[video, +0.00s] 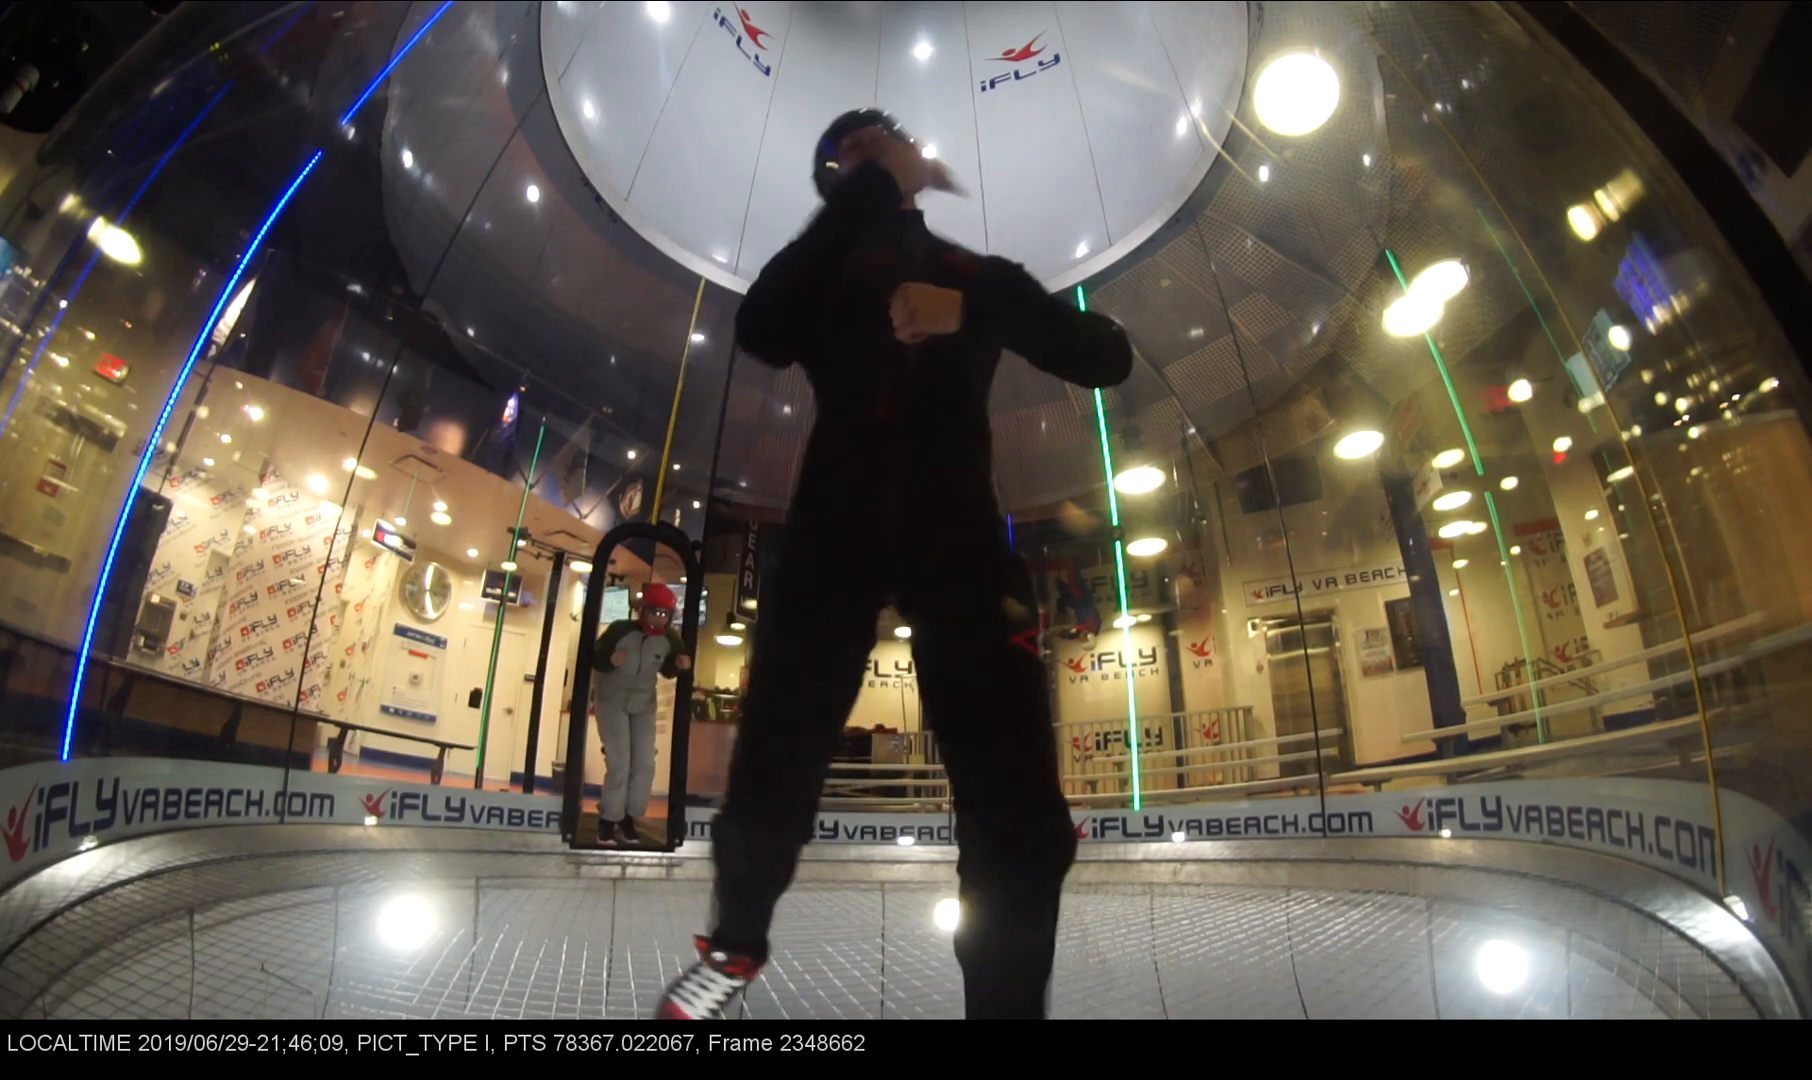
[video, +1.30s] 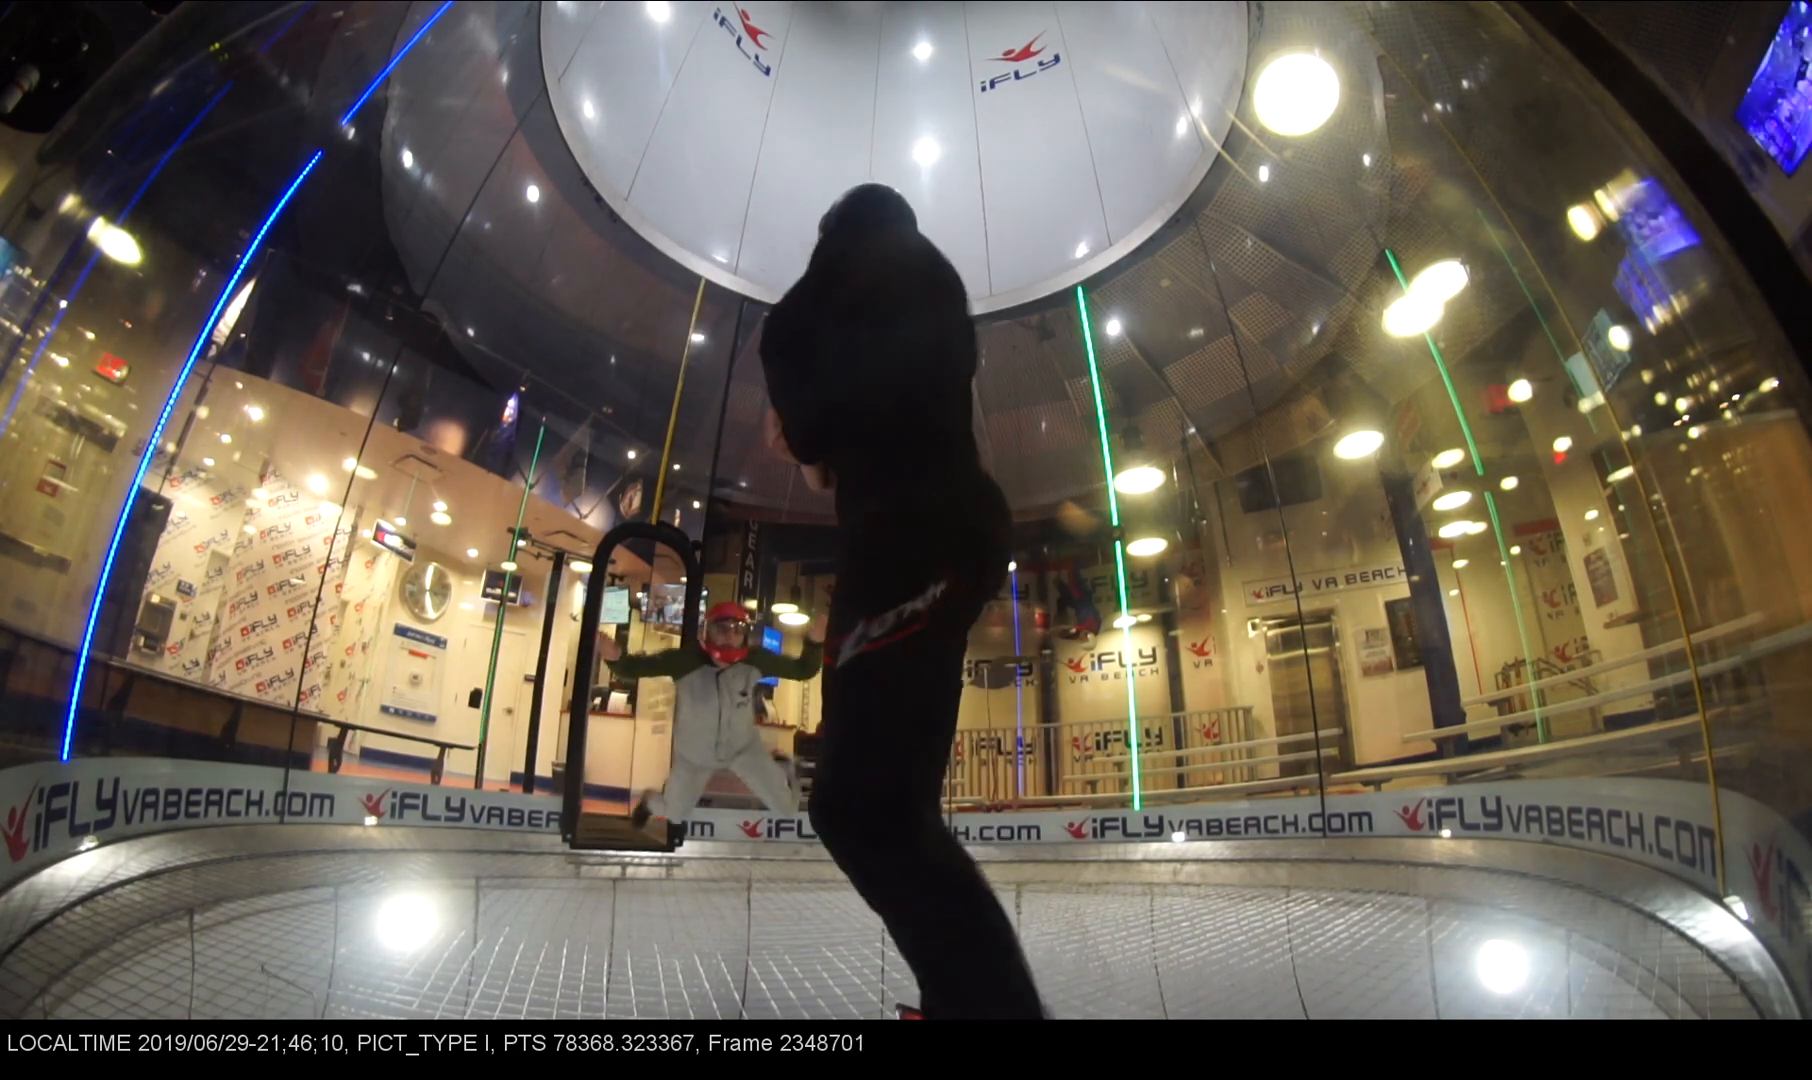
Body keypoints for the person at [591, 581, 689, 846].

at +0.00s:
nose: (660, 619)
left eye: (665, 614)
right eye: (655, 612)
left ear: (670, 615)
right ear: (642, 610)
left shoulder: (669, 639)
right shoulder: (621, 629)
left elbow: (667, 671)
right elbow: (595, 658)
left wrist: (678, 664)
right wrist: (609, 660)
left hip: (644, 706)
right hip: (612, 704)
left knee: (644, 763)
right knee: (619, 762)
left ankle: (629, 821)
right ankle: (608, 821)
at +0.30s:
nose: (670, 621)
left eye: (676, 616)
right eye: (665, 614)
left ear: (682, 617)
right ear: (653, 611)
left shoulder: (680, 638)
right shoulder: (632, 627)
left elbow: (694, 643)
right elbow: (603, 632)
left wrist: (705, 647)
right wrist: (609, 646)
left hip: (654, 710)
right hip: (622, 706)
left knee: (651, 766)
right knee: (627, 764)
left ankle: (630, 823)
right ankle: (610, 822)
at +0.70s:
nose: (686, 641)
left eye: (693, 636)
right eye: (681, 633)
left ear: (700, 638)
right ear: (669, 629)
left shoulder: (694, 660)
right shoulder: (646, 646)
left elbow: (709, 665)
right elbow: (608, 652)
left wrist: (723, 664)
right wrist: (608, 659)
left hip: (668, 736)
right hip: (633, 732)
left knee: (664, 800)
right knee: (638, 799)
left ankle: (633, 823)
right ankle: (611, 817)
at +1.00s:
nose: (706, 657)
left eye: (713, 652)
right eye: (700, 650)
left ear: (720, 654)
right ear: (686, 648)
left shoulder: (716, 678)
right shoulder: (661, 668)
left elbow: (734, 689)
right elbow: (627, 679)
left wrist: (755, 676)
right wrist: (605, 683)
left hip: (683, 760)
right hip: (643, 759)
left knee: (695, 825)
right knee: (642, 826)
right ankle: (612, 819)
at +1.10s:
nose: (714, 655)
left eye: (721, 649)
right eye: (707, 647)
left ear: (728, 652)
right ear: (693, 646)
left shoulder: (732, 675)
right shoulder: (670, 671)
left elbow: (764, 689)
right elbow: (634, 680)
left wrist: (784, 668)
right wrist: (609, 679)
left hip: (698, 758)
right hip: (654, 759)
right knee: (642, 821)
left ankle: (687, 803)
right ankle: (614, 821)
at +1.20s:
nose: (722, 646)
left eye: (729, 640)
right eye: (715, 639)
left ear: (737, 643)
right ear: (701, 640)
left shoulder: (743, 669)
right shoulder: (677, 664)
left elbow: (790, 681)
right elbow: (630, 676)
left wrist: (808, 652)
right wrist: (606, 667)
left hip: (722, 756)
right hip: (674, 759)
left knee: (761, 809)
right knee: (654, 815)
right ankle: (620, 820)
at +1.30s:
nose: (730, 637)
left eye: (737, 630)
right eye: (723, 629)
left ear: (746, 635)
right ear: (708, 632)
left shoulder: (756, 660)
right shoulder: (686, 660)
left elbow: (803, 671)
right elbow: (640, 668)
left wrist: (815, 644)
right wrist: (616, 658)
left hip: (745, 753)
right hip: (694, 757)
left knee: (785, 807)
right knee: (675, 812)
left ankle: (784, 767)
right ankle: (648, 801)